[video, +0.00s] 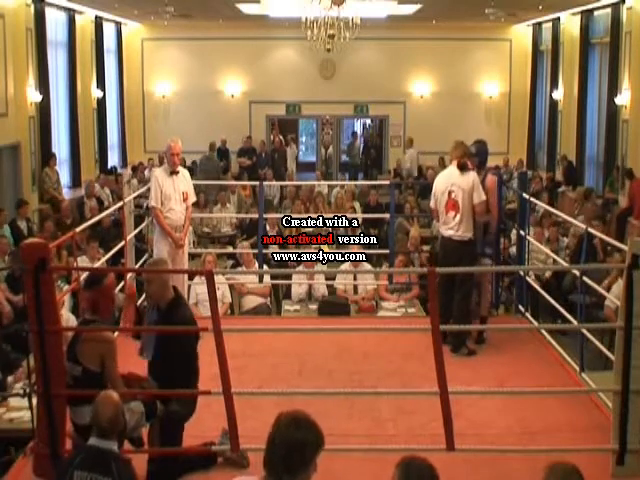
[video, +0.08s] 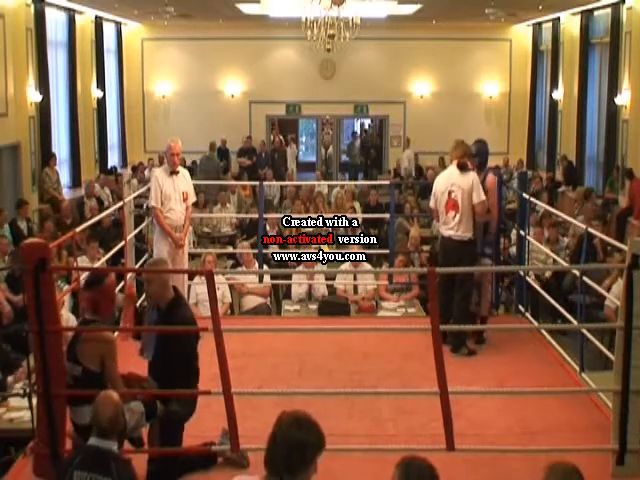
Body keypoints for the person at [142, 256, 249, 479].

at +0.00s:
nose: (145, 288)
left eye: (149, 282)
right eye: (144, 281)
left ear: (165, 281)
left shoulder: (180, 318)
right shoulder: (155, 308)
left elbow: (182, 369)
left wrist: (173, 406)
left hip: (175, 399)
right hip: (160, 393)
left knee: (162, 469)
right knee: (157, 467)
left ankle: (217, 451)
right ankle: (215, 449)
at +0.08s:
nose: (145, 287)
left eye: (150, 282)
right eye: (144, 281)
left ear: (165, 282)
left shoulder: (180, 317)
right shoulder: (155, 308)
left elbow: (182, 368)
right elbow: (139, 336)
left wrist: (173, 405)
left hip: (176, 398)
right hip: (160, 393)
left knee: (162, 469)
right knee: (157, 467)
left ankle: (217, 451)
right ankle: (215, 449)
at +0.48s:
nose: (146, 288)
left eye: (150, 282)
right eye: (145, 282)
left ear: (166, 282)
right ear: (159, 282)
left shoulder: (181, 319)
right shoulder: (156, 308)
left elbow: (184, 372)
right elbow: (150, 352)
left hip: (176, 399)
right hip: (160, 394)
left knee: (161, 469)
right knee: (159, 467)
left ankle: (217, 451)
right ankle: (215, 450)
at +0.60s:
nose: (146, 288)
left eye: (150, 282)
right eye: (145, 282)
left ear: (166, 282)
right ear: (148, 281)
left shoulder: (181, 319)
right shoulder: (154, 308)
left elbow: (185, 371)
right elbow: (144, 346)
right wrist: (135, 320)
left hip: (177, 398)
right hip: (160, 393)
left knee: (160, 469)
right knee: (160, 467)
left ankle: (217, 451)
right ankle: (215, 449)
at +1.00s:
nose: (143, 292)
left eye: (146, 286)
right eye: (142, 286)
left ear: (161, 286)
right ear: (158, 286)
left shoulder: (182, 321)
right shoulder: (156, 309)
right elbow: (148, 350)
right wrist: (136, 336)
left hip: (179, 399)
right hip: (161, 393)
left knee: (161, 469)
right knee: (158, 467)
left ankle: (217, 451)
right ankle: (215, 449)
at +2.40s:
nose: (141, 297)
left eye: (145, 291)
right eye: (140, 291)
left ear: (162, 288)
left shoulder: (180, 320)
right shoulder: (154, 306)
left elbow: (165, 372)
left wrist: (131, 353)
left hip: (179, 397)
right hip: (161, 390)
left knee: (160, 470)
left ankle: (217, 454)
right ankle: (215, 450)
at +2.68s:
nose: (140, 297)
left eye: (144, 292)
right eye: (138, 292)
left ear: (161, 289)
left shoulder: (179, 320)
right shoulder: (151, 306)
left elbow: (162, 372)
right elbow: (133, 315)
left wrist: (130, 348)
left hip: (182, 393)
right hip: (158, 387)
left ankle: (217, 454)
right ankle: (217, 451)